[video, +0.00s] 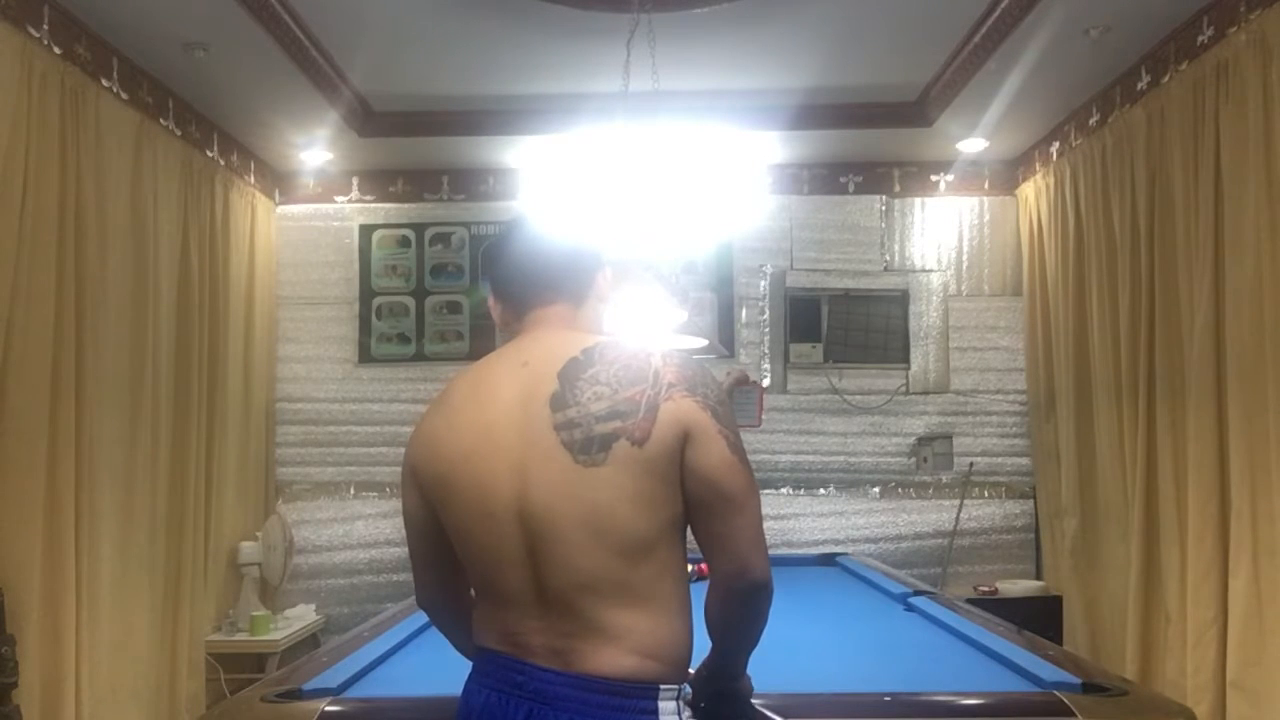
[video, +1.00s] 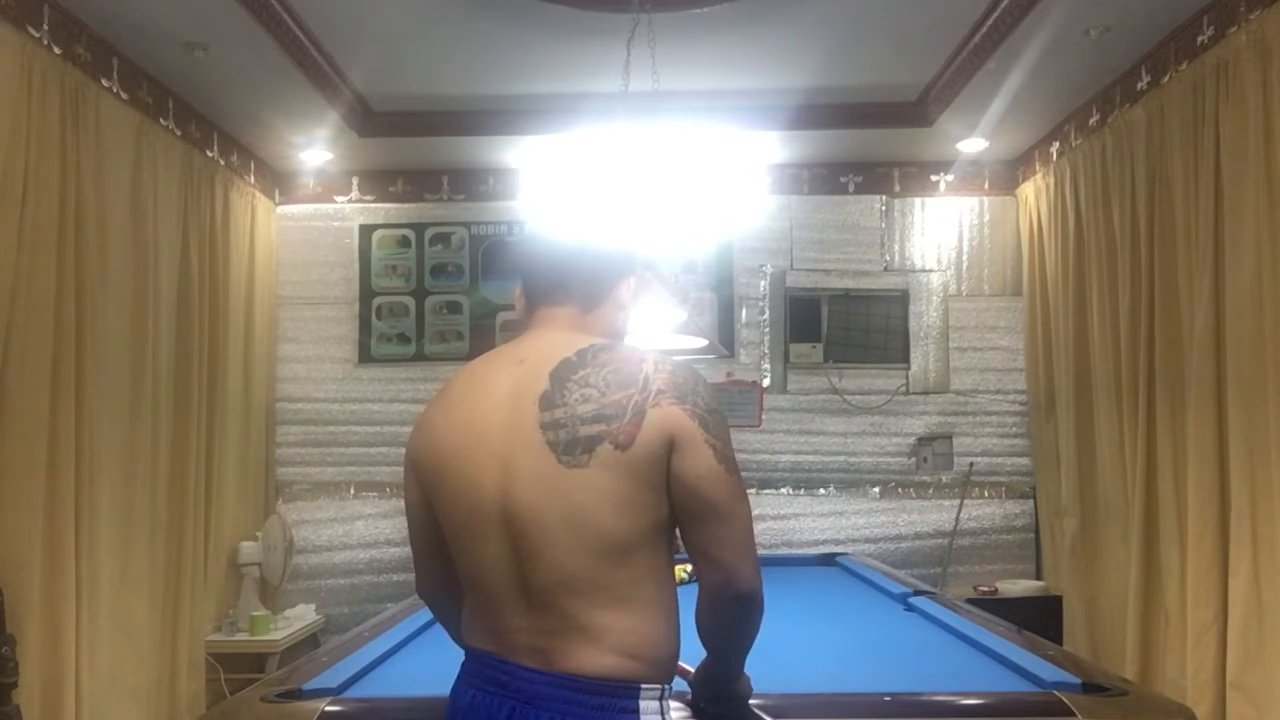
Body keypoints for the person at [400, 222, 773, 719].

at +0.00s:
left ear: (496, 308)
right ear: (603, 282)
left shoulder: (441, 415)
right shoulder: (672, 383)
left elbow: (438, 594)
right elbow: (746, 575)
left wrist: (501, 664)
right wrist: (725, 673)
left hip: (493, 699)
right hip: (637, 702)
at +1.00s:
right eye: (639, 290)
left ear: (520, 298)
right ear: (626, 290)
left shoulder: (444, 404)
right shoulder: (664, 387)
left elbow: (436, 583)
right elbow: (734, 584)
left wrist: (498, 656)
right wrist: (722, 675)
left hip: (481, 696)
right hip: (619, 702)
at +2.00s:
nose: (655, 309)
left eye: (658, 293)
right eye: (656, 292)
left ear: (546, 287)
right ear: (642, 293)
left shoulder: (456, 391)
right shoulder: (674, 396)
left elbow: (381, 549)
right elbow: (743, 569)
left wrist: (462, 637)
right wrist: (690, 545)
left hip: (480, 697)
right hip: (611, 703)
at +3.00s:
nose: (650, 293)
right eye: (648, 279)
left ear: (524, 288)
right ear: (633, 281)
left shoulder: (458, 402)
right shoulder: (661, 388)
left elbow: (454, 587)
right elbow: (745, 583)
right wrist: (715, 678)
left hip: (490, 695)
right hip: (625, 703)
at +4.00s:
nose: (661, 282)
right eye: (659, 269)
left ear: (542, 280)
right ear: (646, 276)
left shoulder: (467, 392)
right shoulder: (689, 387)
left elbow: (383, 560)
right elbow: (785, 584)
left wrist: (428, 637)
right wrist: (781, 700)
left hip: (512, 698)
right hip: (648, 703)